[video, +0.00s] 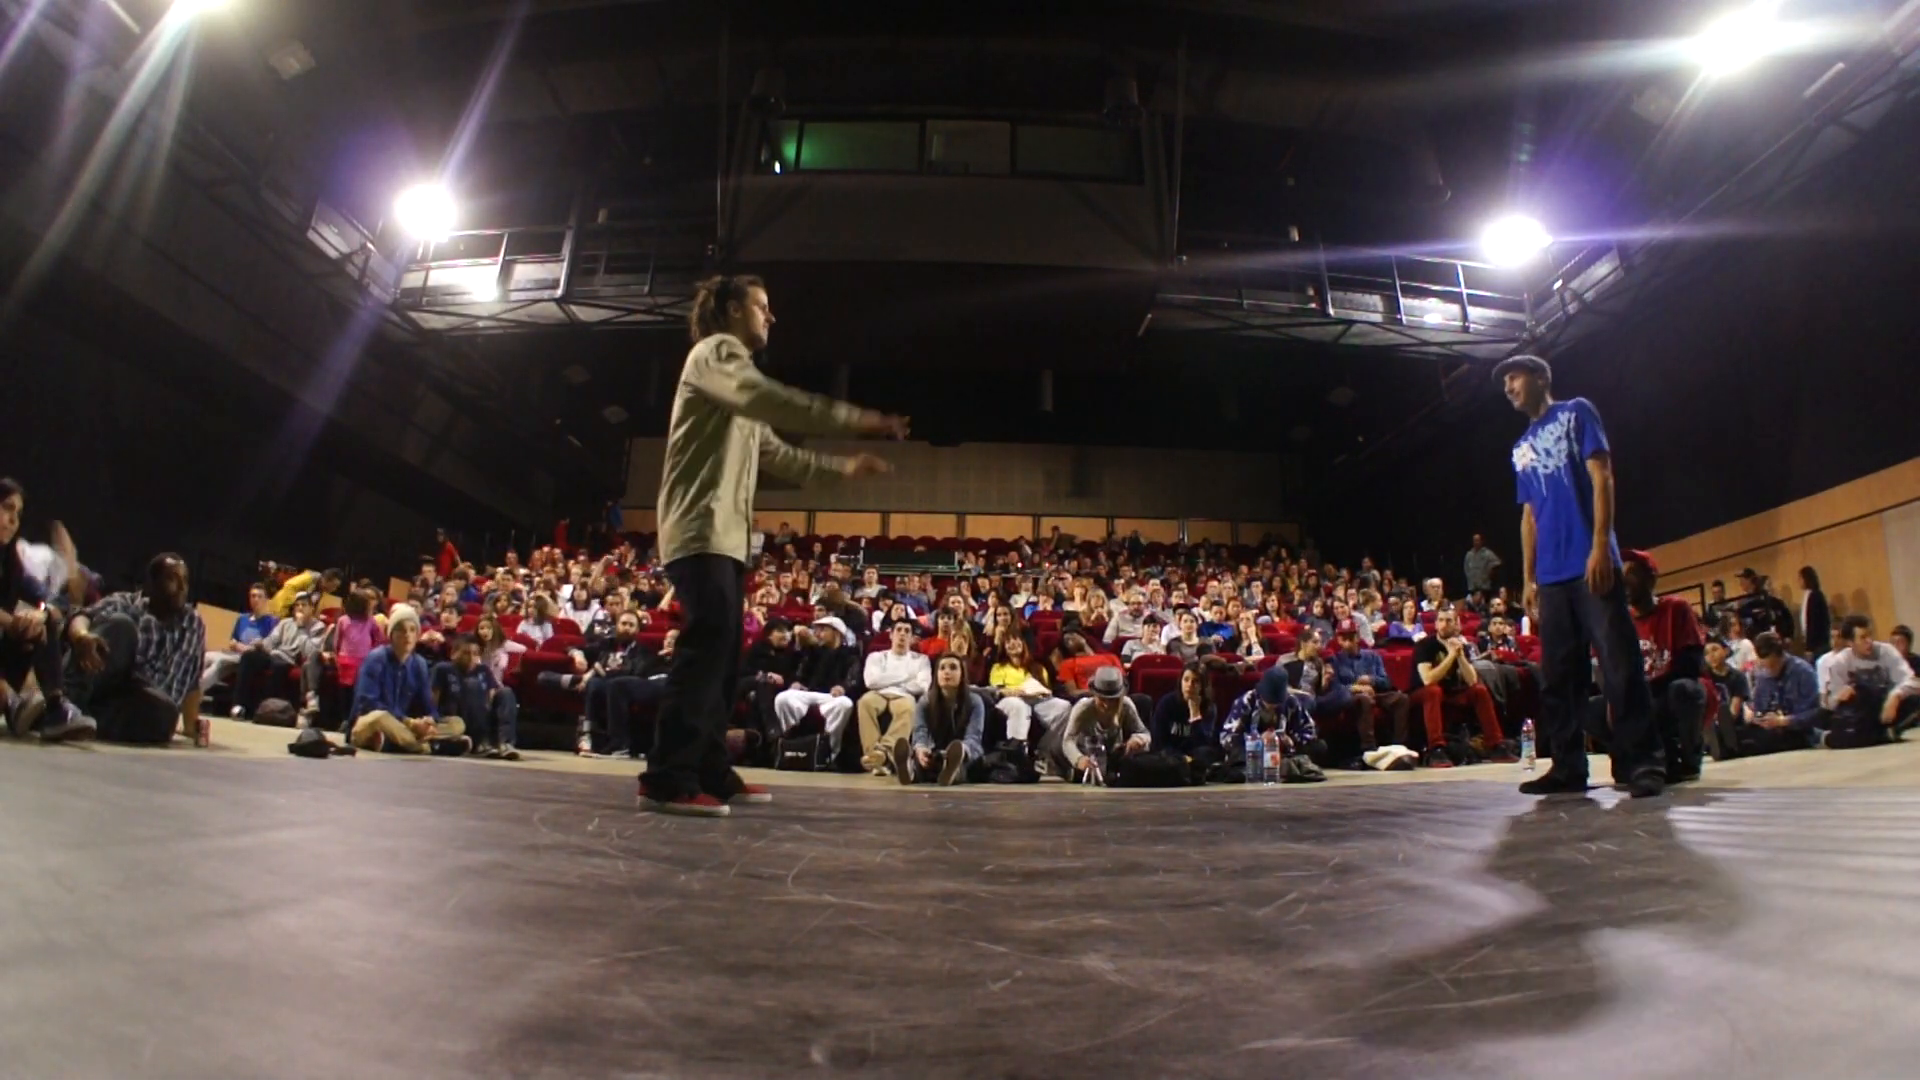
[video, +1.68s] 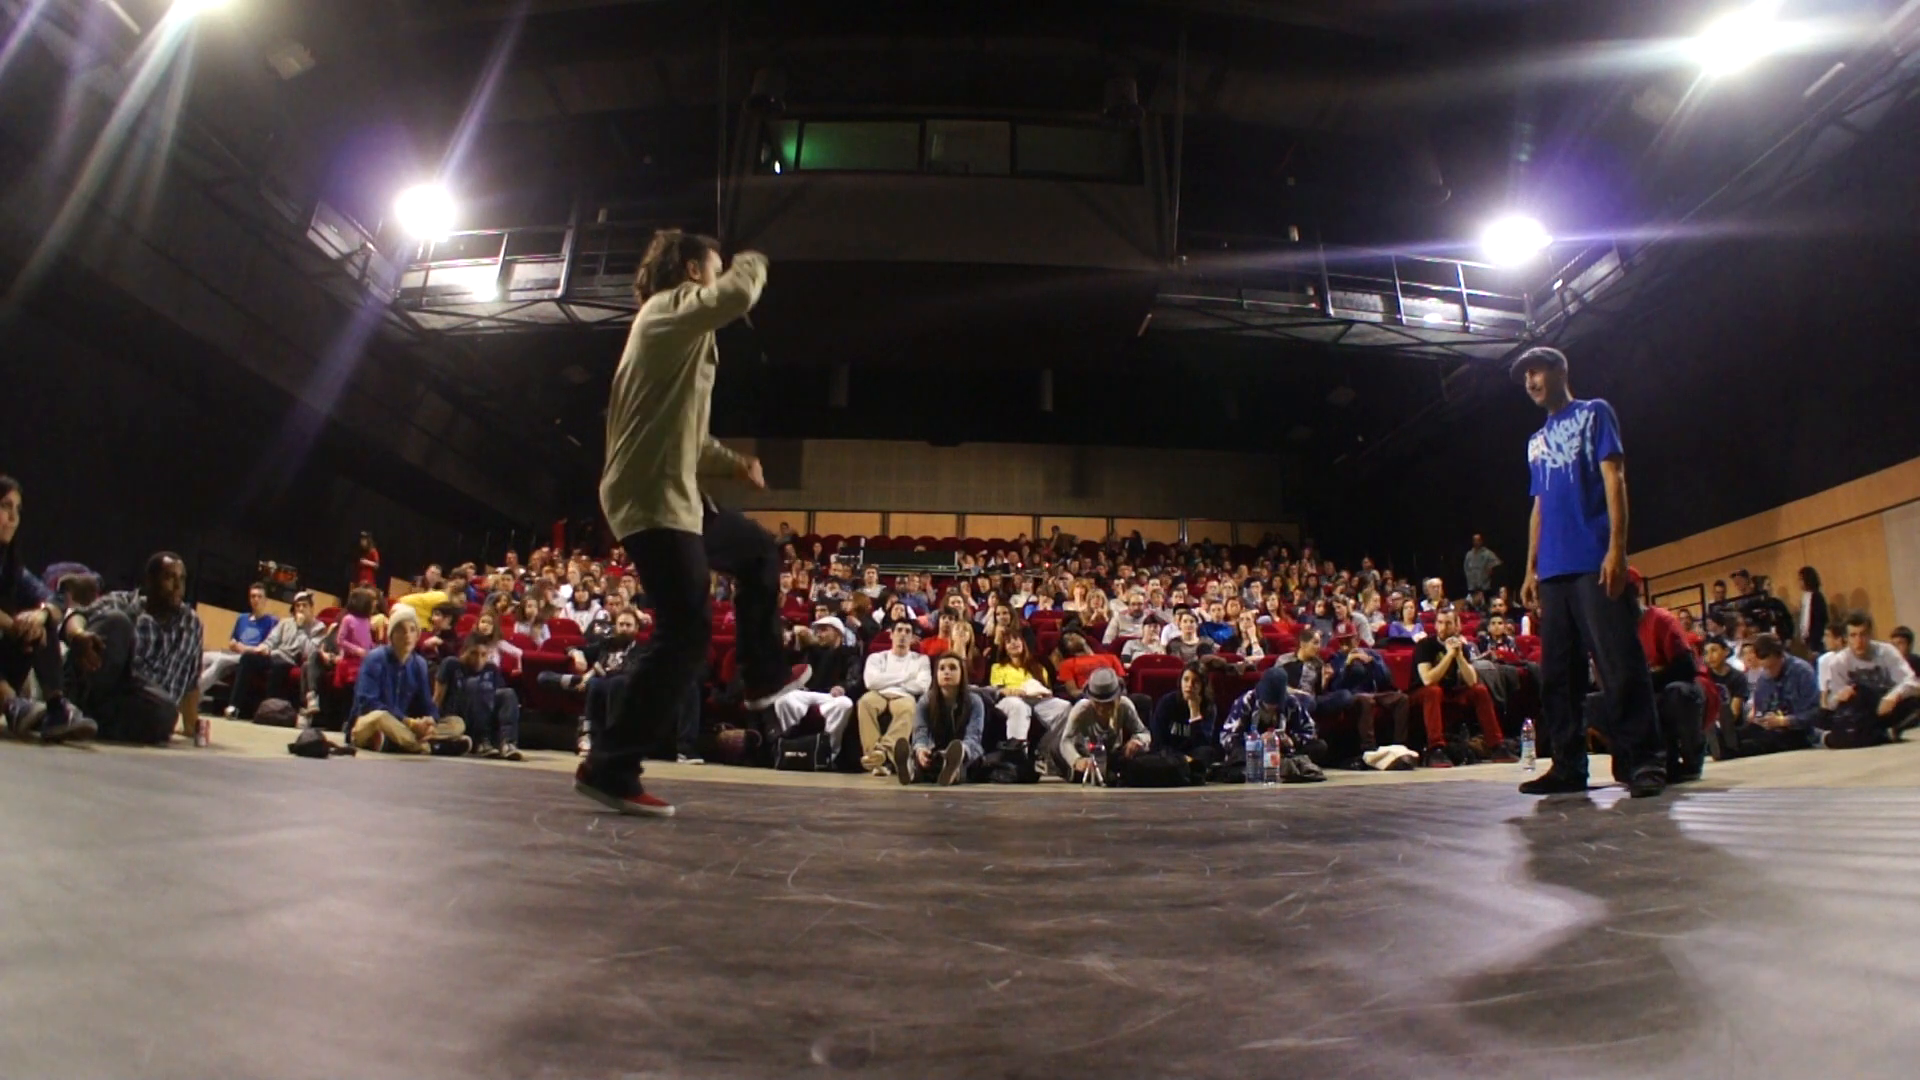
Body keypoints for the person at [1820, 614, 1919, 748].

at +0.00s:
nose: (1868, 641)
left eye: (1869, 636)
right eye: (1862, 638)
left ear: (1872, 635)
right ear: (1850, 642)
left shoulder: (1887, 652)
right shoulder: (1839, 662)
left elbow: (1910, 679)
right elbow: (1828, 703)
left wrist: (1895, 696)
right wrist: (1838, 697)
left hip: (1885, 703)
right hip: (1856, 706)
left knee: (1913, 701)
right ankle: (1884, 734)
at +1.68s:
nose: (1858, 641)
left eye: (1863, 635)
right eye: (1853, 636)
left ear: (1870, 634)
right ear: (1847, 638)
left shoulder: (1887, 652)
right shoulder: (1838, 662)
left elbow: (1911, 680)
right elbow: (1830, 702)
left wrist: (1893, 696)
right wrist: (1838, 697)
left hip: (1887, 705)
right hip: (1858, 707)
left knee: (1913, 703)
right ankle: (1884, 734)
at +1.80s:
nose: (1857, 641)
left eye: (1862, 635)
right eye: (1852, 635)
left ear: (1869, 634)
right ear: (1846, 638)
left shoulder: (1887, 652)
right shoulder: (1838, 662)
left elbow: (1911, 680)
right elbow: (1830, 703)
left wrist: (1892, 697)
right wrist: (1839, 697)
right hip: (1858, 707)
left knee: (1913, 702)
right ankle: (1883, 734)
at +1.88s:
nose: (1857, 641)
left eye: (1862, 635)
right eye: (1852, 635)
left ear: (1869, 634)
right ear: (1846, 638)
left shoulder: (1887, 652)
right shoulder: (1838, 662)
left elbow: (1911, 680)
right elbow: (1830, 703)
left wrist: (1892, 697)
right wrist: (1839, 696)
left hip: (1886, 704)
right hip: (1857, 706)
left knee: (1913, 703)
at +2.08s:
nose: (1856, 642)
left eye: (1861, 635)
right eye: (1851, 637)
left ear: (1870, 635)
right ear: (1846, 638)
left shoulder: (1886, 652)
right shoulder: (1840, 661)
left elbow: (1911, 680)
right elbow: (1830, 703)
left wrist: (1892, 696)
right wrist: (1838, 697)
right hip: (1858, 705)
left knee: (1913, 703)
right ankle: (1885, 734)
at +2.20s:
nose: (1856, 642)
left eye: (1862, 635)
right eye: (1851, 637)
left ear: (1870, 634)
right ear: (1846, 638)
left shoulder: (1887, 652)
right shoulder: (1839, 661)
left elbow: (1910, 680)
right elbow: (1830, 703)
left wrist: (1893, 696)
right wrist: (1839, 697)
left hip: (1885, 704)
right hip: (1856, 706)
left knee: (1913, 703)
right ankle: (1885, 734)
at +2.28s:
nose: (1857, 642)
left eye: (1862, 636)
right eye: (1851, 637)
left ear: (1869, 635)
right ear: (1845, 639)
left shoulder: (1887, 652)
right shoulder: (1838, 660)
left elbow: (1911, 680)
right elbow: (1830, 703)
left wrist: (1894, 695)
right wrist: (1839, 697)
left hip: (1885, 704)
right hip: (1856, 705)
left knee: (1913, 704)